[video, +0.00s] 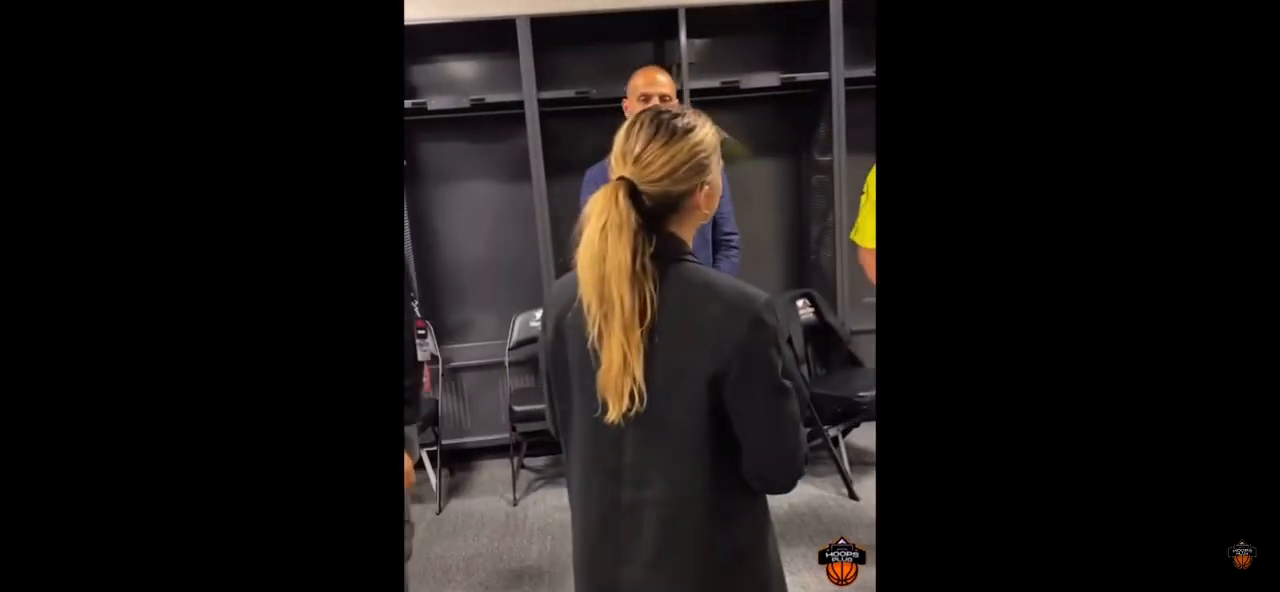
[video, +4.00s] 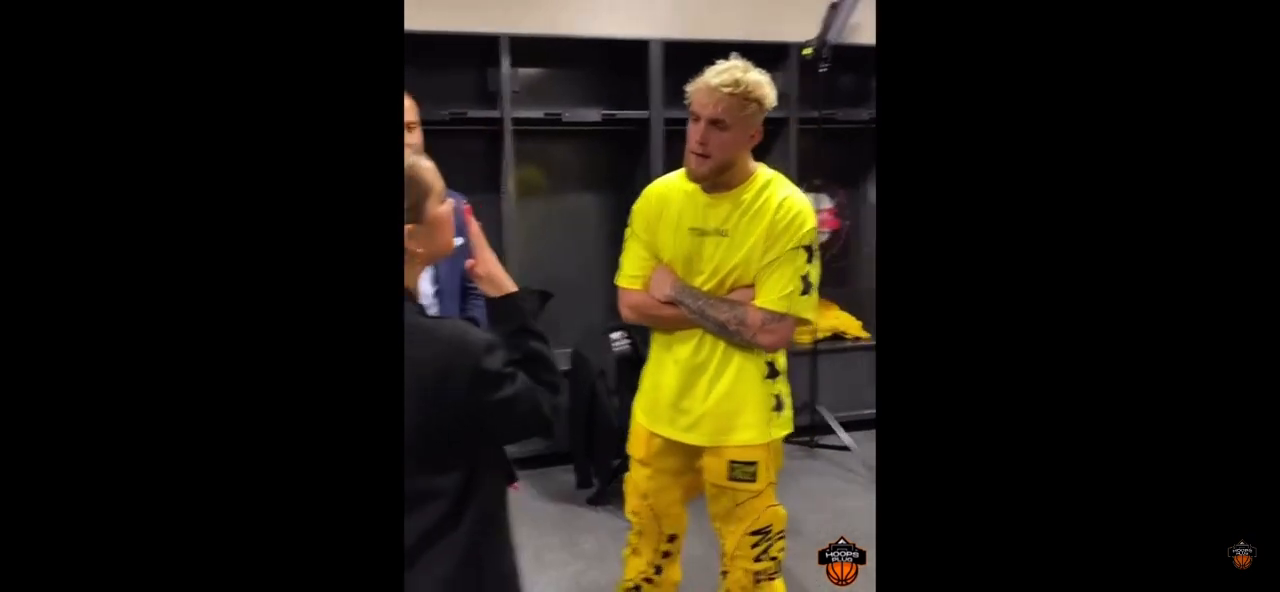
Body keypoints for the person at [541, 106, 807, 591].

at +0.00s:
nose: (722, 183)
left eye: (719, 169)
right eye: (719, 171)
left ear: (620, 183)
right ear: (704, 194)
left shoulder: (566, 302)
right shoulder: (739, 313)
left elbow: (567, 431)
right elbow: (778, 470)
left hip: (607, 564)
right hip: (712, 567)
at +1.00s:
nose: (578, 199)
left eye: (573, 188)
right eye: (570, 190)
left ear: (470, 212)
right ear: (540, 220)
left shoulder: (429, 308)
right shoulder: (584, 323)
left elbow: (424, 447)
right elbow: (654, 422)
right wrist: (668, 302)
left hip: (454, 569)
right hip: (559, 571)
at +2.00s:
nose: (456, 227)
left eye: (454, 216)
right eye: (449, 219)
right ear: (424, 240)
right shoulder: (456, 331)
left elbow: (540, 352)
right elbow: (541, 352)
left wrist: (479, 263)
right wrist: (481, 261)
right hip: (463, 567)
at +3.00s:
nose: (481, 238)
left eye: (478, 223)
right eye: (476, 225)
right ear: (456, 251)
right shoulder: (482, 370)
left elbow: (547, 449)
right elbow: (550, 450)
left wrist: (558, 331)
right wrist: (561, 331)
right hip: (475, 577)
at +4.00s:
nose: (454, 207)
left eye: (446, 197)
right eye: (442, 201)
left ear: (414, 236)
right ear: (411, 235)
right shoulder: (448, 348)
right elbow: (544, 409)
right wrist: (506, 298)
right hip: (455, 572)